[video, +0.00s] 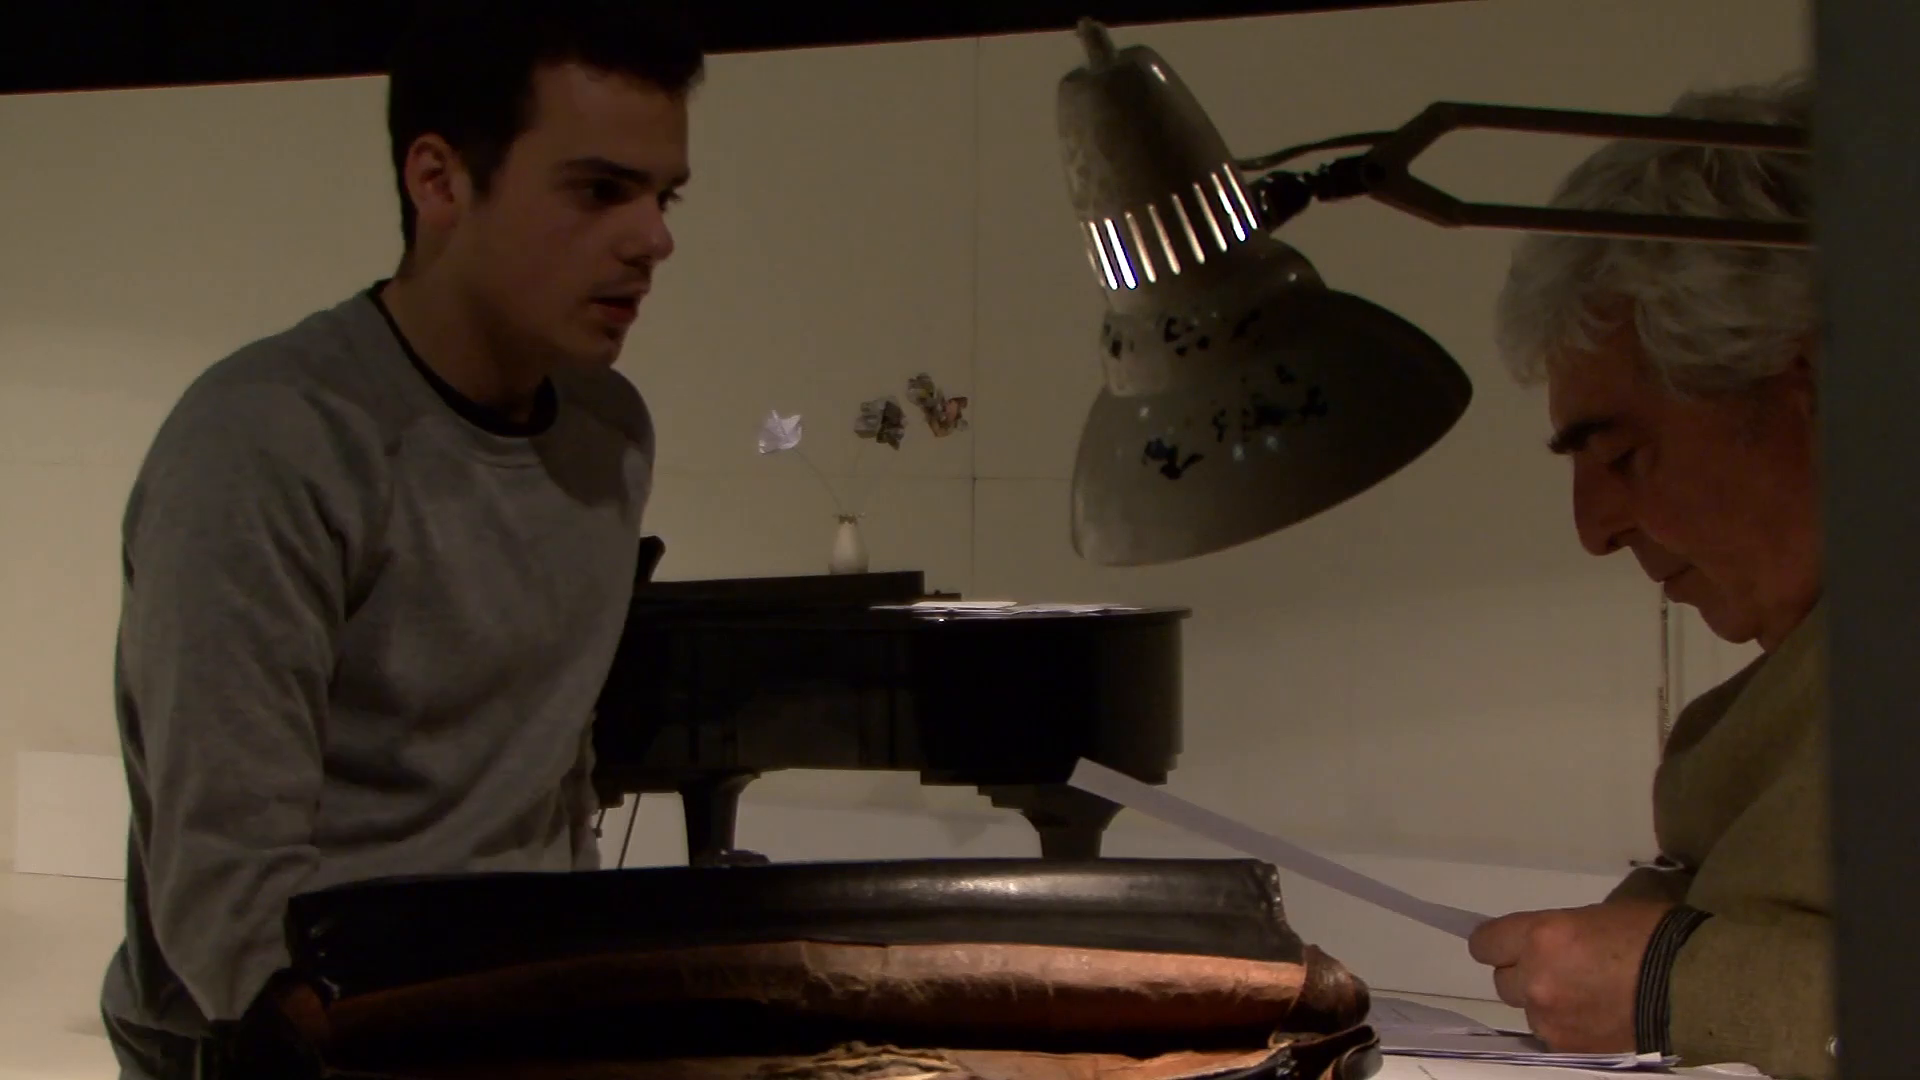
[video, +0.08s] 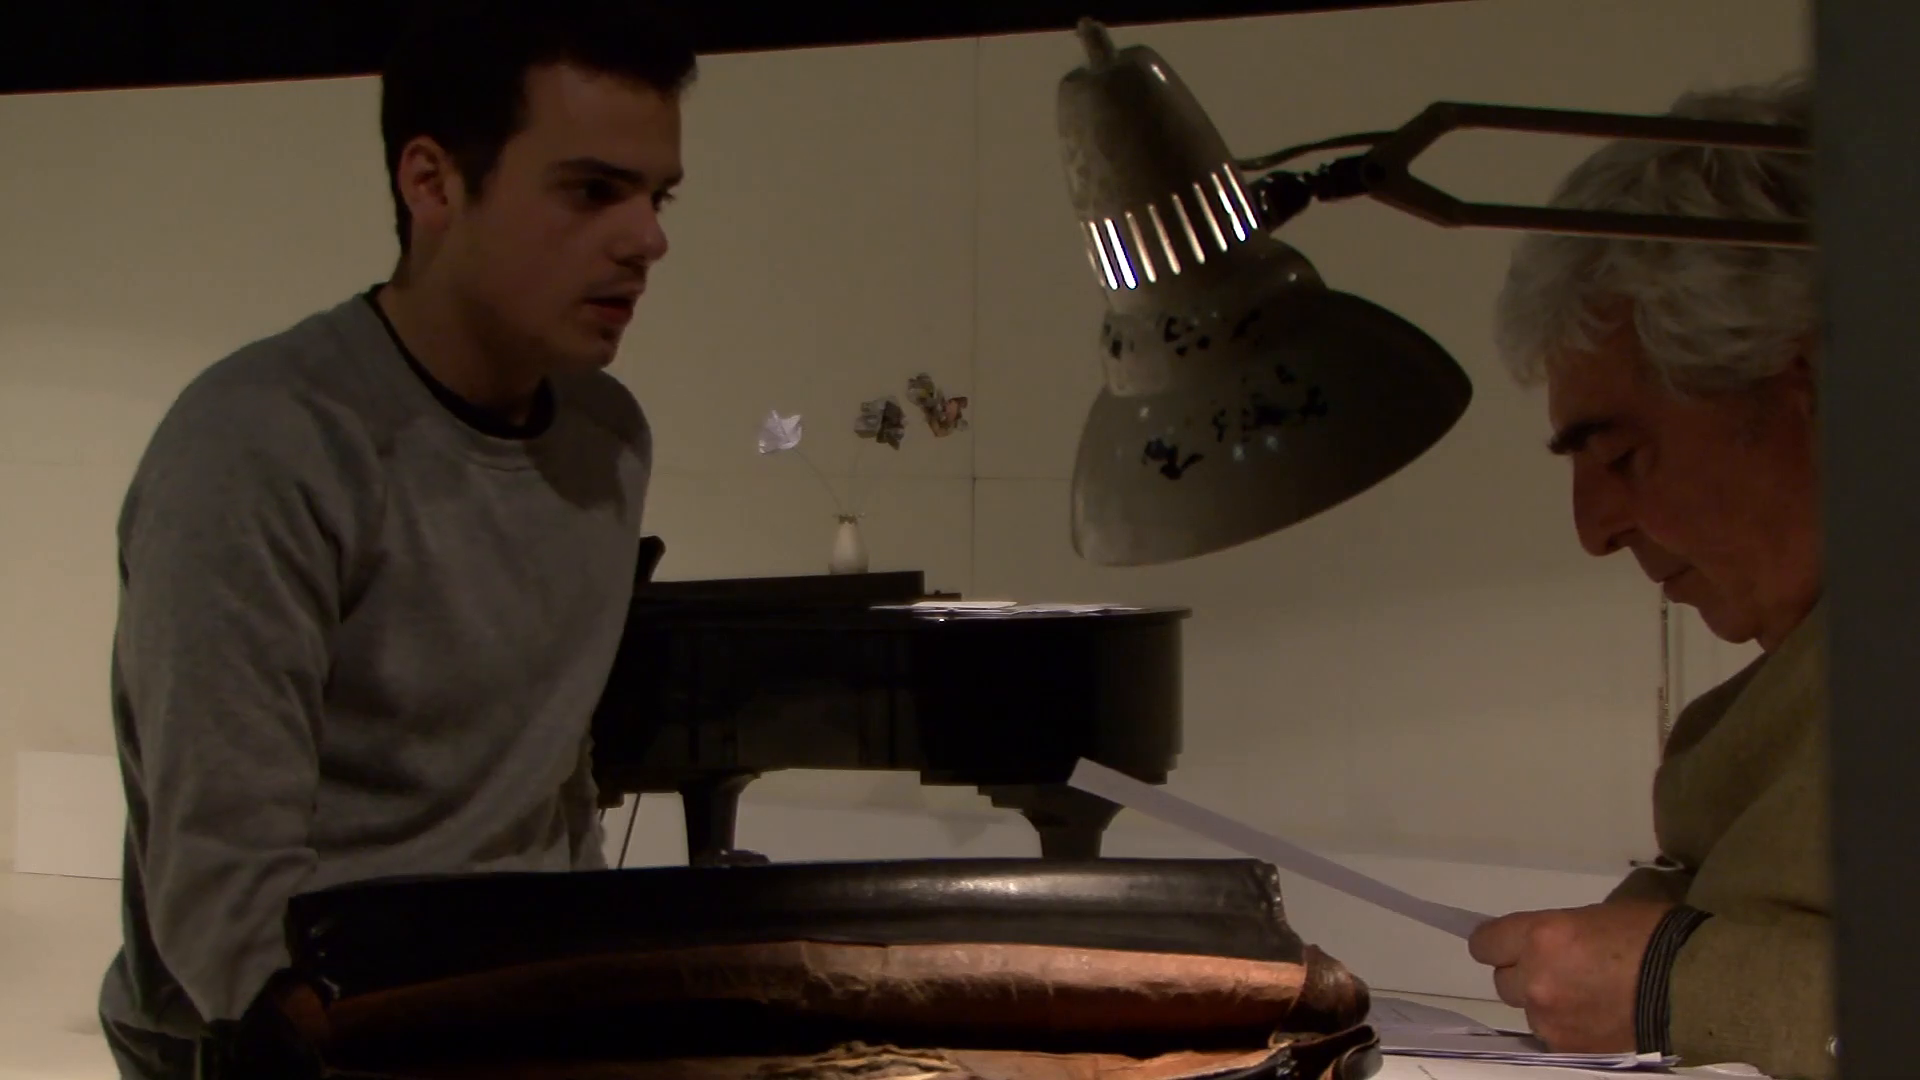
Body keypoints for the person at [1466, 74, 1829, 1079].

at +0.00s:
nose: (1594, 531)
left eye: (1619, 452)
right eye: (1584, 467)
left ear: (1802, 382)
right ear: (1796, 380)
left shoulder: (1876, 659)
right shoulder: (1792, 674)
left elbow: (1894, 1007)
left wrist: (1675, 986)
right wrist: (1652, 928)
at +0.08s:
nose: (1594, 531)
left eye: (1618, 452)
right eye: (1583, 467)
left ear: (1800, 381)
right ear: (1794, 379)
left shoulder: (1874, 656)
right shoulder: (1788, 676)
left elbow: (1892, 1006)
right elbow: (1729, 875)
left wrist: (1675, 985)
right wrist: (1644, 937)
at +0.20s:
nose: (1594, 532)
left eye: (1618, 454)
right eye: (1582, 469)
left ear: (1800, 381)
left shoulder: (1875, 659)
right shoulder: (1789, 678)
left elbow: (1893, 1007)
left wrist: (1675, 985)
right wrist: (1650, 933)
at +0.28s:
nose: (1594, 532)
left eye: (1618, 454)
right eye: (1582, 469)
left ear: (1799, 381)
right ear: (1794, 380)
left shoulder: (1874, 659)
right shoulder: (1789, 678)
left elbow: (1892, 1006)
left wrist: (1675, 985)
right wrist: (1650, 932)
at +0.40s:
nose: (1594, 533)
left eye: (1618, 455)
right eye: (1582, 470)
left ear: (1799, 382)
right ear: (1792, 381)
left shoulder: (1873, 659)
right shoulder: (1787, 681)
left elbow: (1890, 1007)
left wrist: (1676, 985)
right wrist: (1651, 931)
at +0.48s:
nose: (1594, 533)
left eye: (1617, 454)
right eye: (1582, 469)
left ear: (1798, 383)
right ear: (1791, 382)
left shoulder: (1872, 660)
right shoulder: (1788, 680)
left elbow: (1891, 1007)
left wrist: (1674, 984)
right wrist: (1652, 932)